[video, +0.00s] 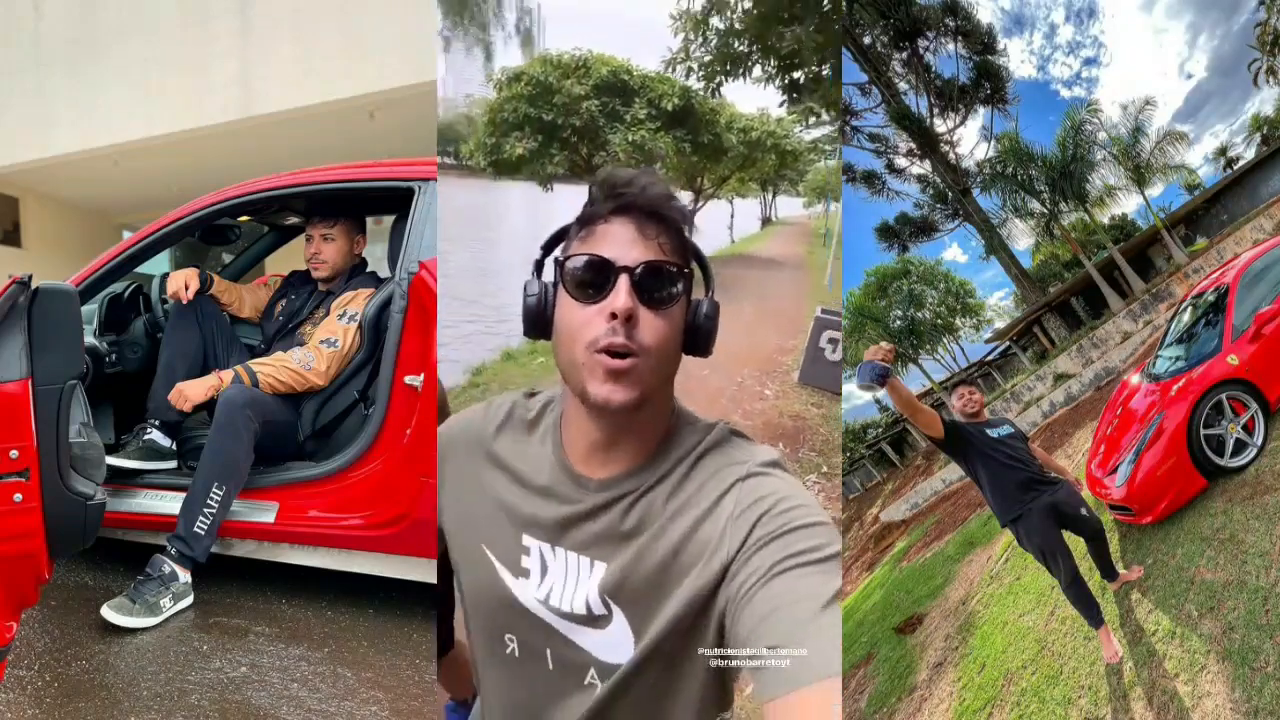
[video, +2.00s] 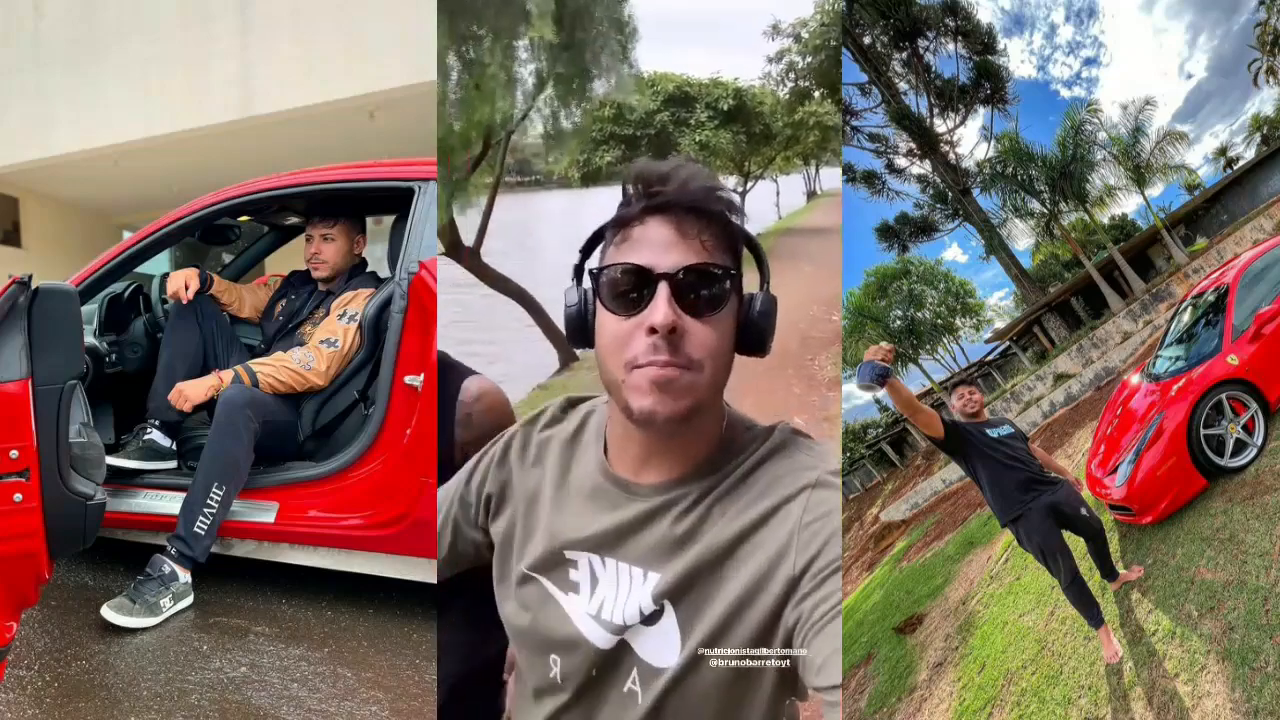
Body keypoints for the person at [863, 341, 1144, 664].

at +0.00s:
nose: (967, 397)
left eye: (971, 392)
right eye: (959, 397)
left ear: (983, 398)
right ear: (953, 410)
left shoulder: (1003, 424)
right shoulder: (957, 436)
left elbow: (1037, 454)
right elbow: (916, 412)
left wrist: (1067, 475)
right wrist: (885, 374)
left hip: (1052, 489)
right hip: (1022, 512)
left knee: (1094, 528)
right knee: (1065, 571)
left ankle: (1114, 576)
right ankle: (1101, 628)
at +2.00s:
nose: (966, 397)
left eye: (971, 392)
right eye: (959, 397)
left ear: (983, 398)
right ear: (953, 410)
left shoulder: (1003, 424)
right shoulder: (956, 436)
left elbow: (1037, 454)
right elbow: (916, 412)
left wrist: (1067, 476)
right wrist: (885, 374)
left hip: (1051, 489)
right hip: (1021, 511)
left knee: (1094, 528)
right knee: (1065, 571)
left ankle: (1114, 576)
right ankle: (1101, 628)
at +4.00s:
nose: (967, 396)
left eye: (971, 391)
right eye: (959, 397)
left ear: (983, 398)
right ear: (953, 411)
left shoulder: (1004, 424)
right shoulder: (956, 436)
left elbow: (1037, 453)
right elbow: (916, 412)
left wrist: (1067, 475)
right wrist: (885, 373)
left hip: (1052, 489)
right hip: (1022, 512)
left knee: (1094, 528)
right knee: (1066, 573)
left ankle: (1114, 576)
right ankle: (1101, 628)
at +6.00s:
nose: (967, 397)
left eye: (970, 392)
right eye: (959, 397)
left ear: (982, 398)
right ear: (953, 411)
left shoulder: (1004, 424)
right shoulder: (956, 436)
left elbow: (1037, 454)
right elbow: (915, 412)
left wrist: (1068, 475)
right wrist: (885, 373)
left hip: (1052, 489)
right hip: (1022, 512)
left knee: (1093, 528)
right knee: (1066, 572)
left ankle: (1114, 576)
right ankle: (1101, 628)